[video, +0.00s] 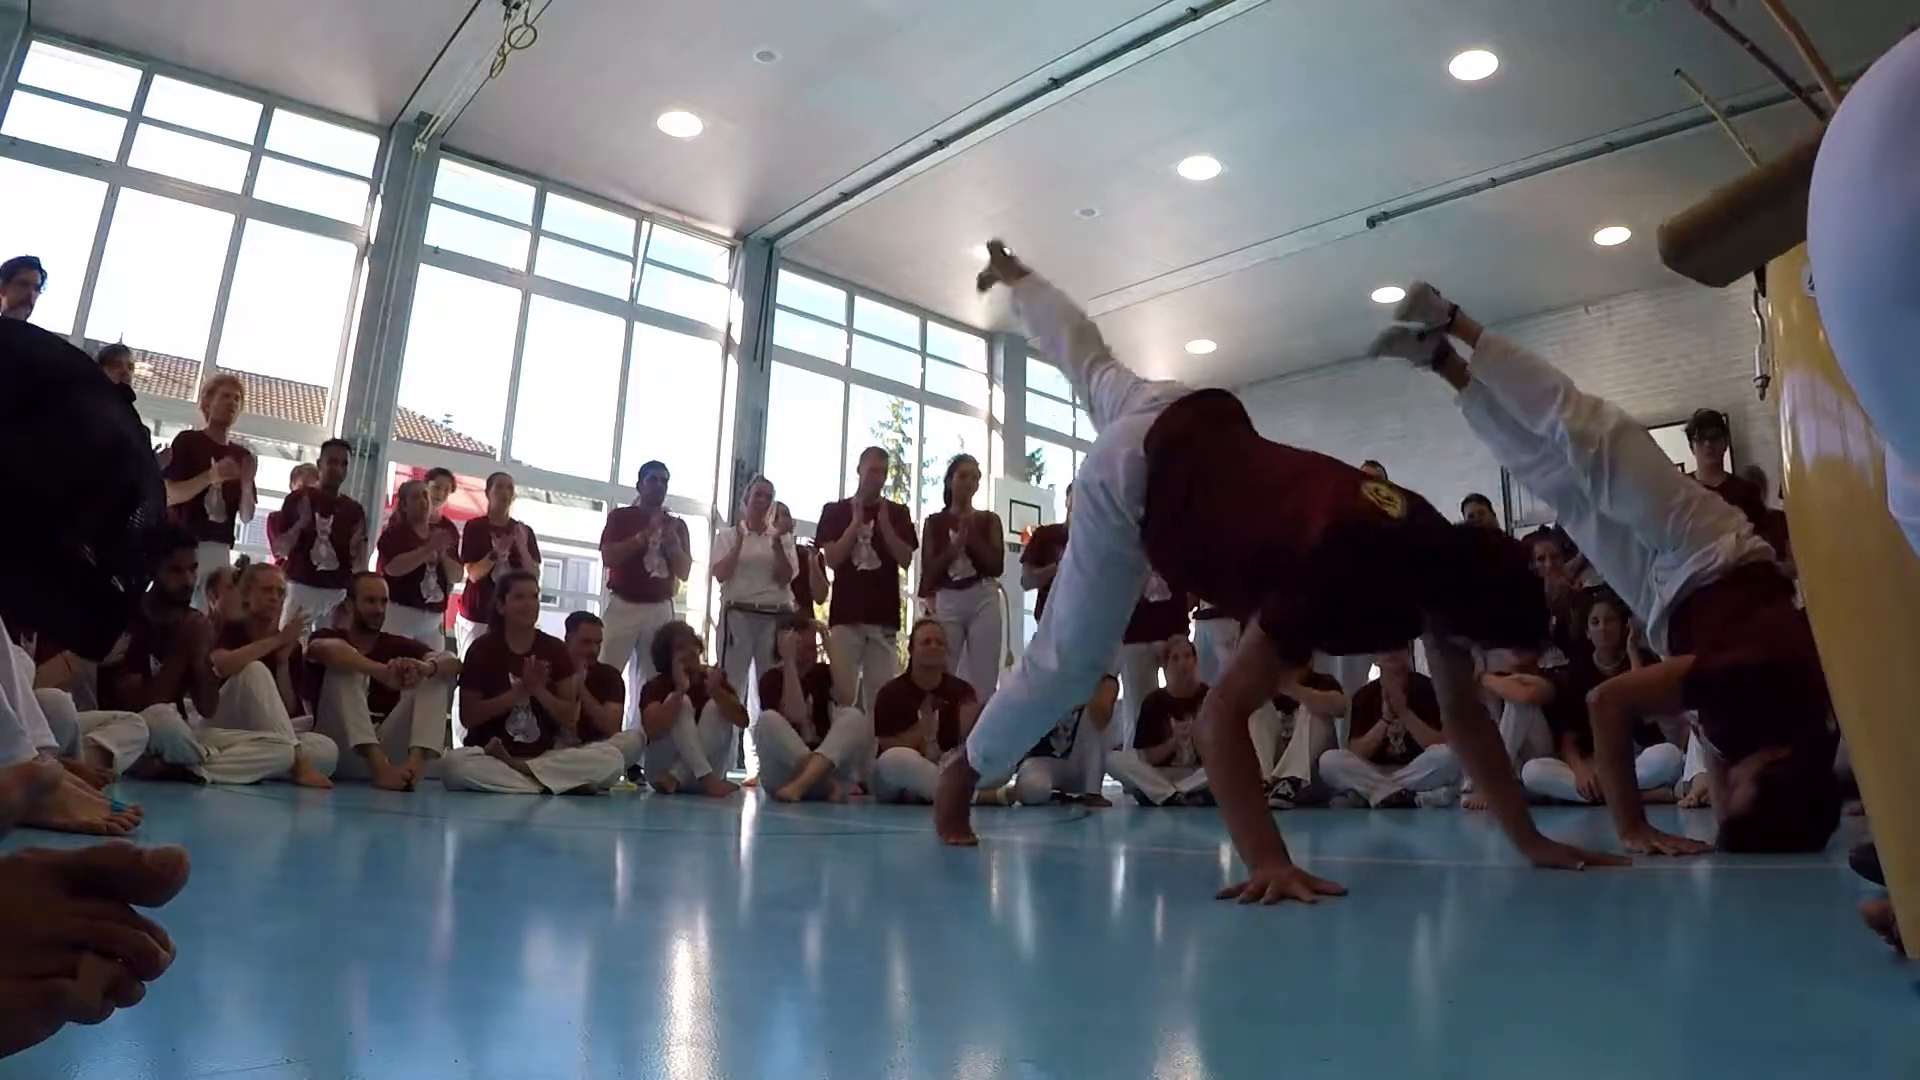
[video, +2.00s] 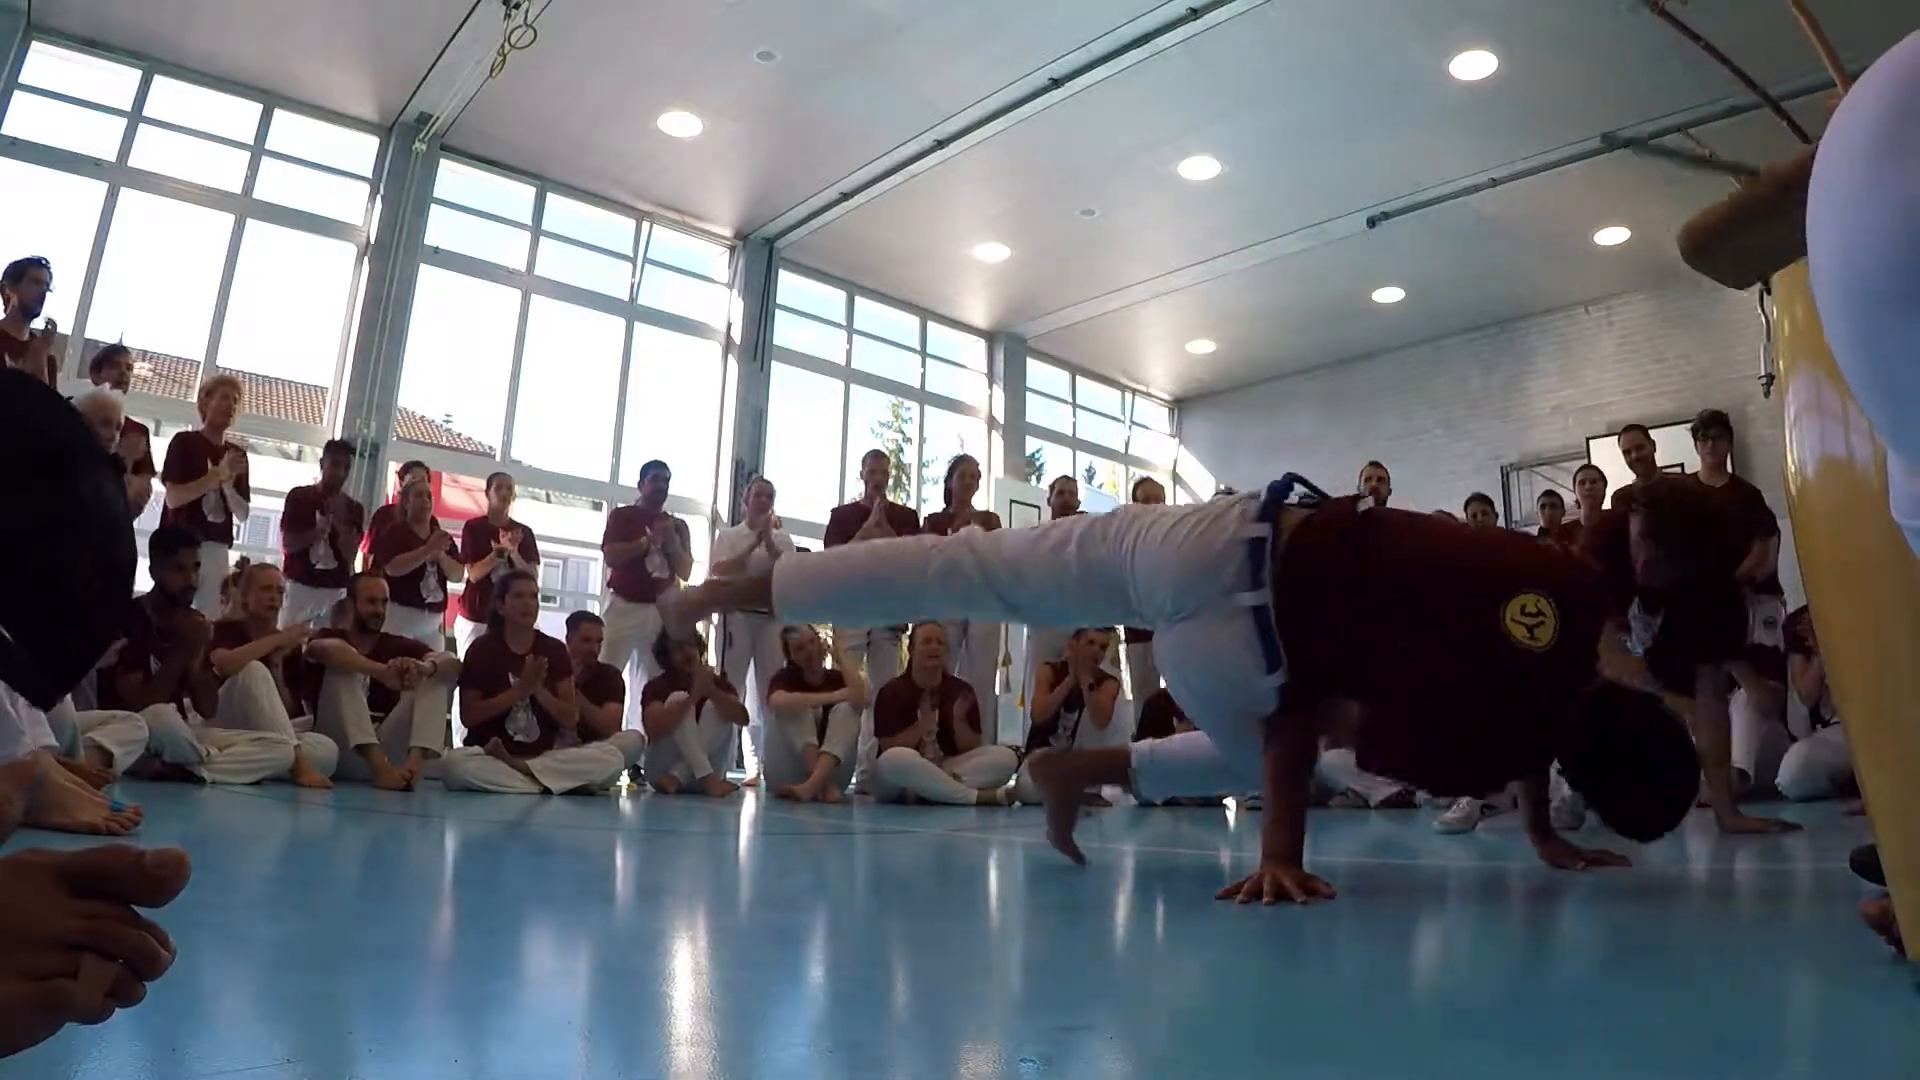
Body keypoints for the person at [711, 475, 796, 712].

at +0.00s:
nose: (762, 500)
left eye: (767, 496)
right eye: (758, 494)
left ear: (772, 502)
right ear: (746, 497)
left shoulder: (783, 537)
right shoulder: (727, 535)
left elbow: (786, 577)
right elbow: (720, 575)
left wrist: (777, 541)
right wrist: (738, 543)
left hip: (774, 617)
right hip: (737, 615)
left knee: (771, 689)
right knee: (731, 686)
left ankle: (771, 744)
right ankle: (728, 744)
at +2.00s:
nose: (763, 501)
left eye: (767, 497)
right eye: (758, 496)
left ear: (774, 502)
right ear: (745, 499)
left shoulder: (782, 539)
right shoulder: (728, 536)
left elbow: (790, 575)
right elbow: (717, 573)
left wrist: (770, 544)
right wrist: (752, 546)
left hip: (771, 620)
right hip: (735, 619)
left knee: (771, 696)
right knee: (730, 692)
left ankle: (767, 765)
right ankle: (723, 765)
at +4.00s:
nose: (759, 500)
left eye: (764, 496)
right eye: (755, 494)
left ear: (772, 502)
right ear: (744, 499)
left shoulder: (779, 538)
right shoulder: (726, 535)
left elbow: (786, 576)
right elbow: (717, 573)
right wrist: (747, 554)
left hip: (774, 618)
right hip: (736, 615)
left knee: (771, 694)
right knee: (729, 690)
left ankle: (768, 765)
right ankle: (723, 764)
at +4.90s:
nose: (761, 499)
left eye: (766, 495)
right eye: (756, 494)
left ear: (772, 501)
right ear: (745, 498)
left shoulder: (781, 537)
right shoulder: (729, 532)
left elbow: (789, 578)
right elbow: (717, 573)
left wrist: (784, 542)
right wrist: (735, 538)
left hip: (775, 617)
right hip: (736, 615)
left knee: (772, 694)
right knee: (729, 691)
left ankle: (769, 764)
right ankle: (724, 764)